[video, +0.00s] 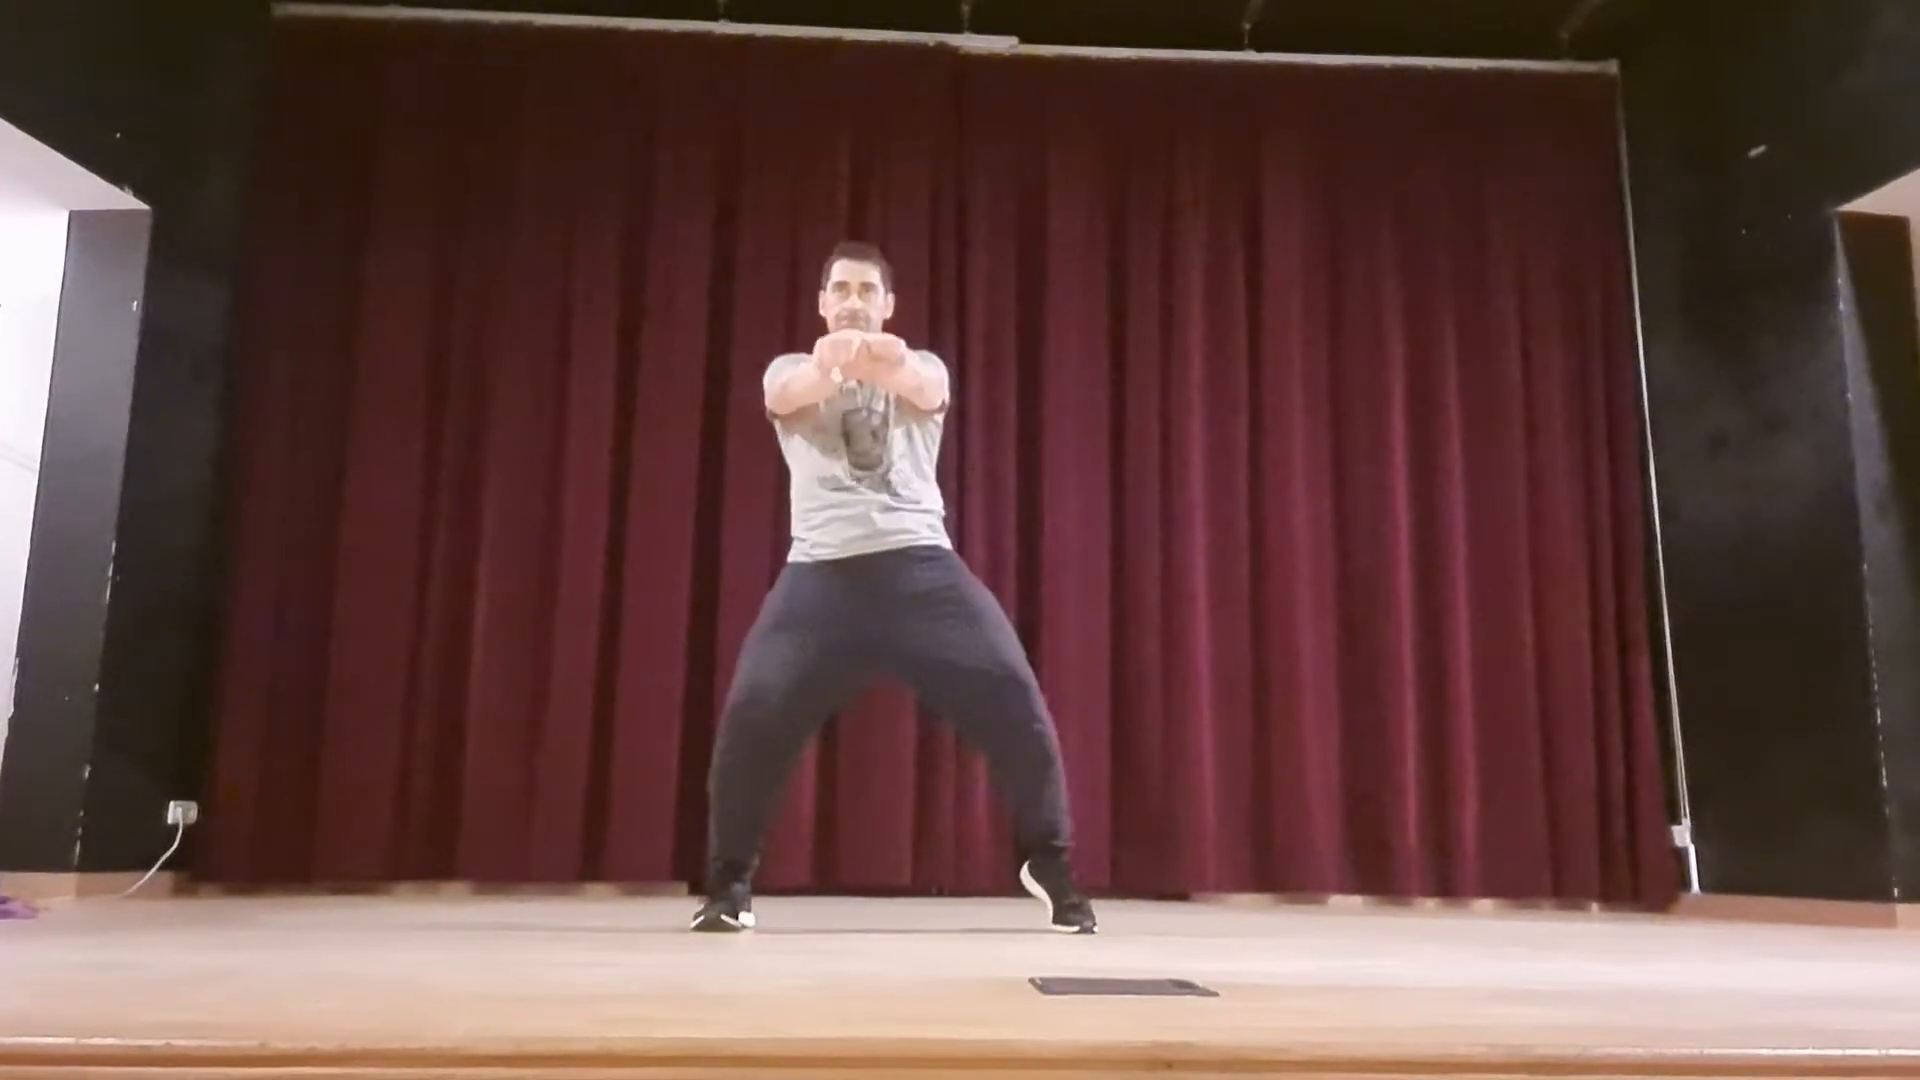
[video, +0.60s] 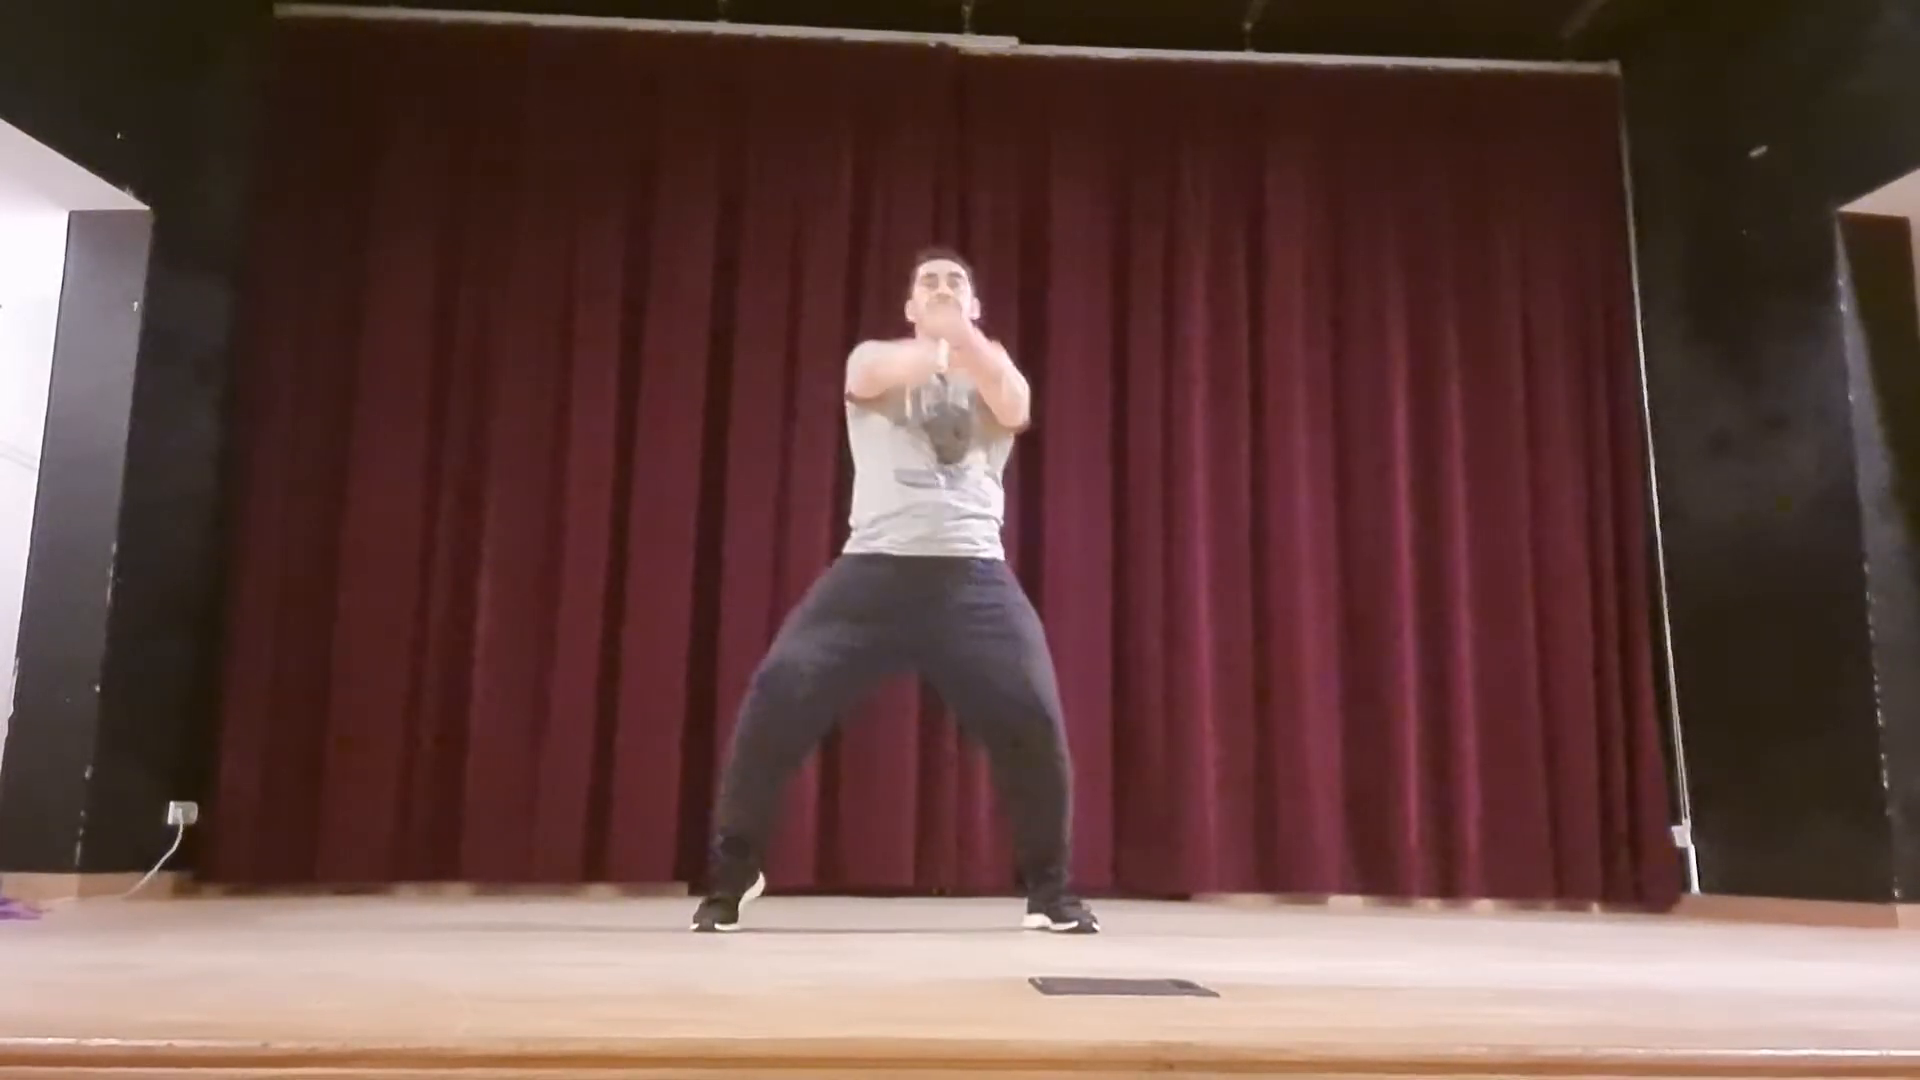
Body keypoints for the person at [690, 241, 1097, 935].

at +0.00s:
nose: (852, 302)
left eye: (866, 291)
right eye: (841, 290)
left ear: (889, 303)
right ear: (820, 301)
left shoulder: (921, 366)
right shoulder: (792, 368)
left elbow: (929, 393)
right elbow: (782, 399)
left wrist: (882, 364)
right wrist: (830, 373)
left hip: (922, 568)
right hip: (819, 575)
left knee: (1016, 700)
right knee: (755, 709)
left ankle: (1048, 861)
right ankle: (728, 887)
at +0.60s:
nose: (940, 292)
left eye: (953, 285)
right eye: (928, 284)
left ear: (975, 306)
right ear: (909, 303)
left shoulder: (997, 371)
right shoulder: (876, 357)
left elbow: (1013, 412)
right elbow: (868, 380)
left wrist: (964, 336)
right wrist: (937, 351)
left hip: (973, 580)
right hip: (870, 575)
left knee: (1031, 712)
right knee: (781, 686)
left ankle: (1050, 891)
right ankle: (734, 867)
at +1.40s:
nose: (852, 285)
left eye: (865, 279)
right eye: (840, 278)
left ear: (887, 306)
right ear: (817, 304)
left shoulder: (916, 360)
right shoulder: (788, 368)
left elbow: (922, 387)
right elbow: (784, 401)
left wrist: (874, 363)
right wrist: (839, 359)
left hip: (920, 567)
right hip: (818, 574)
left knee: (1012, 709)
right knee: (755, 706)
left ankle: (1044, 866)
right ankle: (734, 886)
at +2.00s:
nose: (936, 288)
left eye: (950, 278)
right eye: (923, 278)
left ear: (972, 299)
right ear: (903, 297)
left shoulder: (991, 373)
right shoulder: (870, 355)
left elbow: (1007, 404)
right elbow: (864, 363)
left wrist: (982, 326)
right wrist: (943, 330)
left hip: (965, 576)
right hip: (862, 569)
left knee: (1022, 707)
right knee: (770, 676)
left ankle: (1043, 888)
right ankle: (729, 863)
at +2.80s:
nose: (860, 283)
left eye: (872, 275)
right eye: (848, 274)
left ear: (896, 298)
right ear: (826, 298)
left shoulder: (925, 357)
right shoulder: (797, 362)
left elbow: (937, 383)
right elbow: (789, 394)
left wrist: (890, 341)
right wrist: (840, 351)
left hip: (929, 572)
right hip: (826, 578)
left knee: (1023, 689)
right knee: (759, 701)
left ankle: (1048, 865)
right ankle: (731, 890)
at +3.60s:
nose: (945, 290)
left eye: (959, 280)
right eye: (931, 282)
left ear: (981, 302)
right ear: (909, 303)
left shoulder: (998, 371)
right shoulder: (875, 357)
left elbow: (1016, 419)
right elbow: (868, 373)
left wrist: (987, 346)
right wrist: (950, 345)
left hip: (966, 577)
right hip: (864, 571)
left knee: (1027, 706)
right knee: (771, 684)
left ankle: (1041, 889)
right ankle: (731, 868)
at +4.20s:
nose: (879, 282)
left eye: (895, 272)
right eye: (867, 269)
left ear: (918, 289)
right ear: (843, 285)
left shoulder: (941, 351)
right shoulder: (815, 352)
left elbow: (953, 378)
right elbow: (805, 376)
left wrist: (913, 317)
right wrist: (865, 329)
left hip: (938, 570)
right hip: (835, 575)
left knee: (1025, 701)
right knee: (768, 713)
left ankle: (1043, 869)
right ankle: (731, 890)